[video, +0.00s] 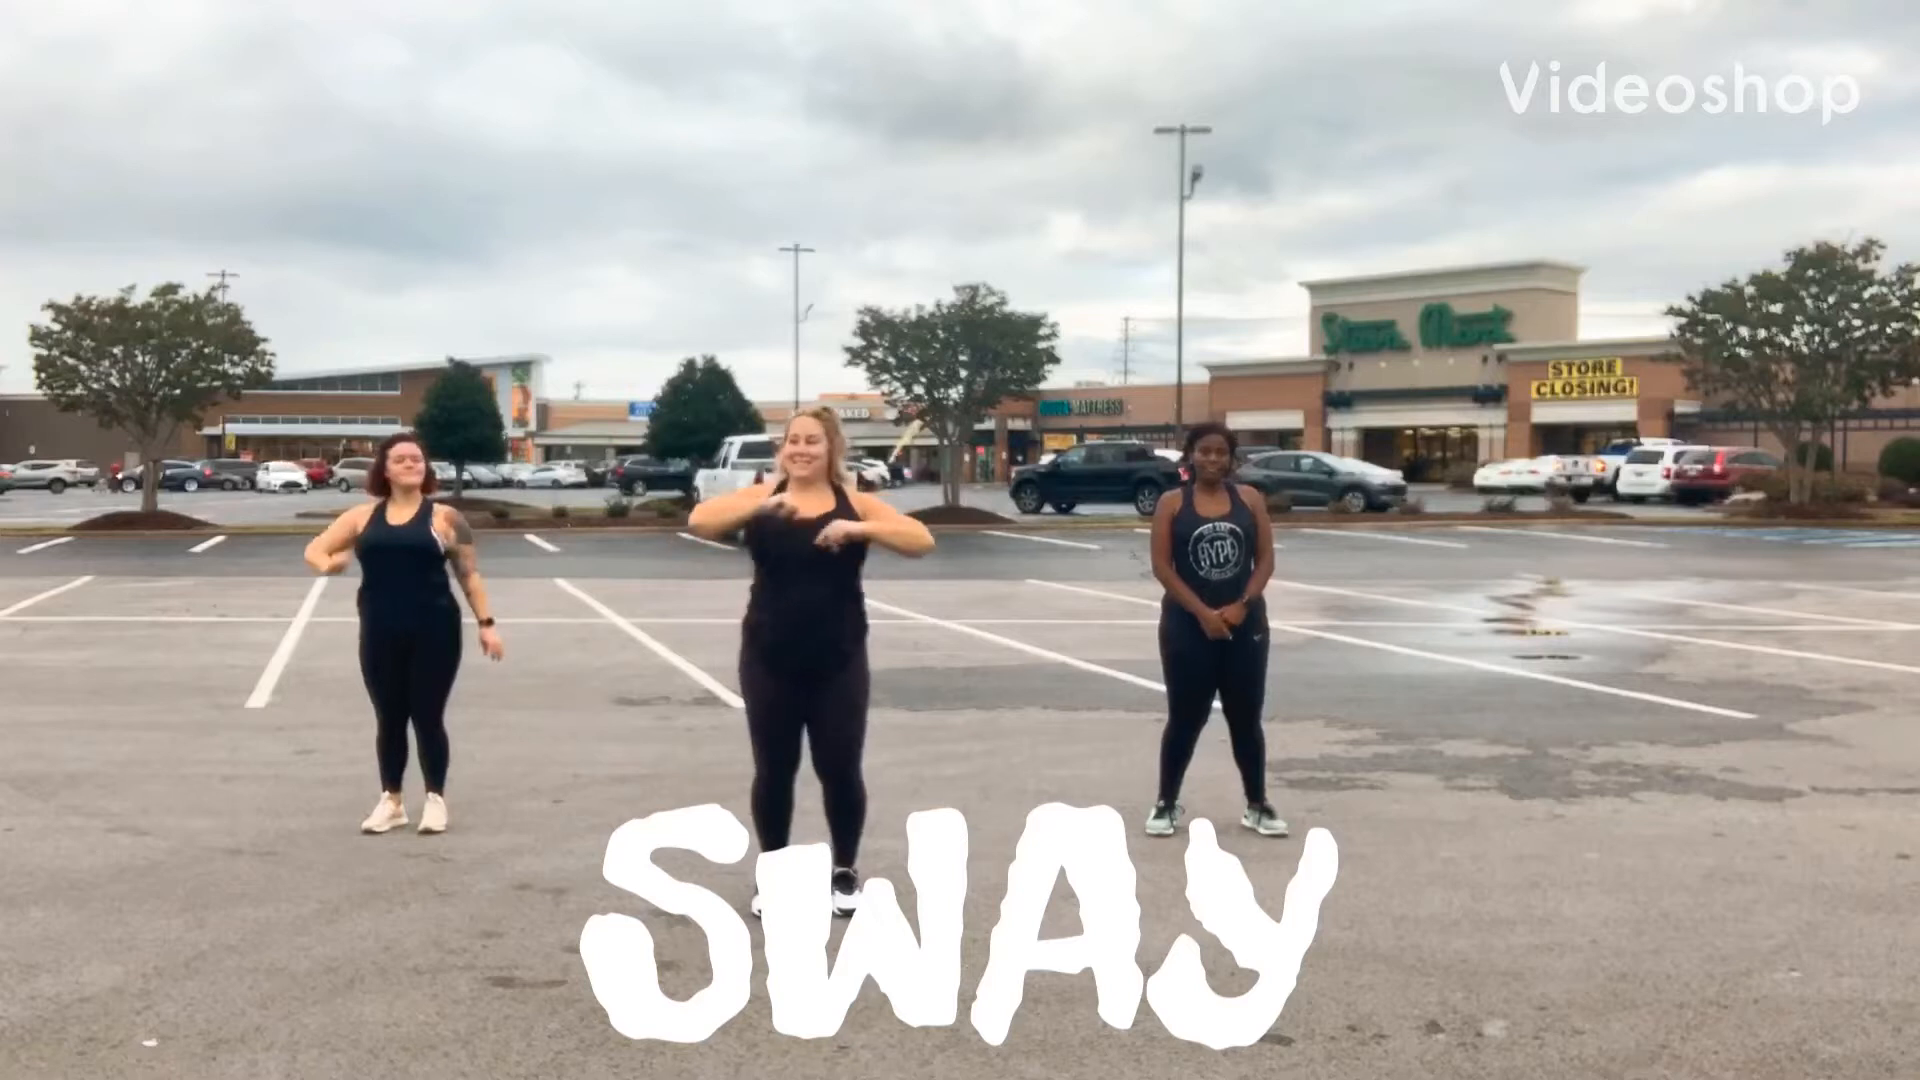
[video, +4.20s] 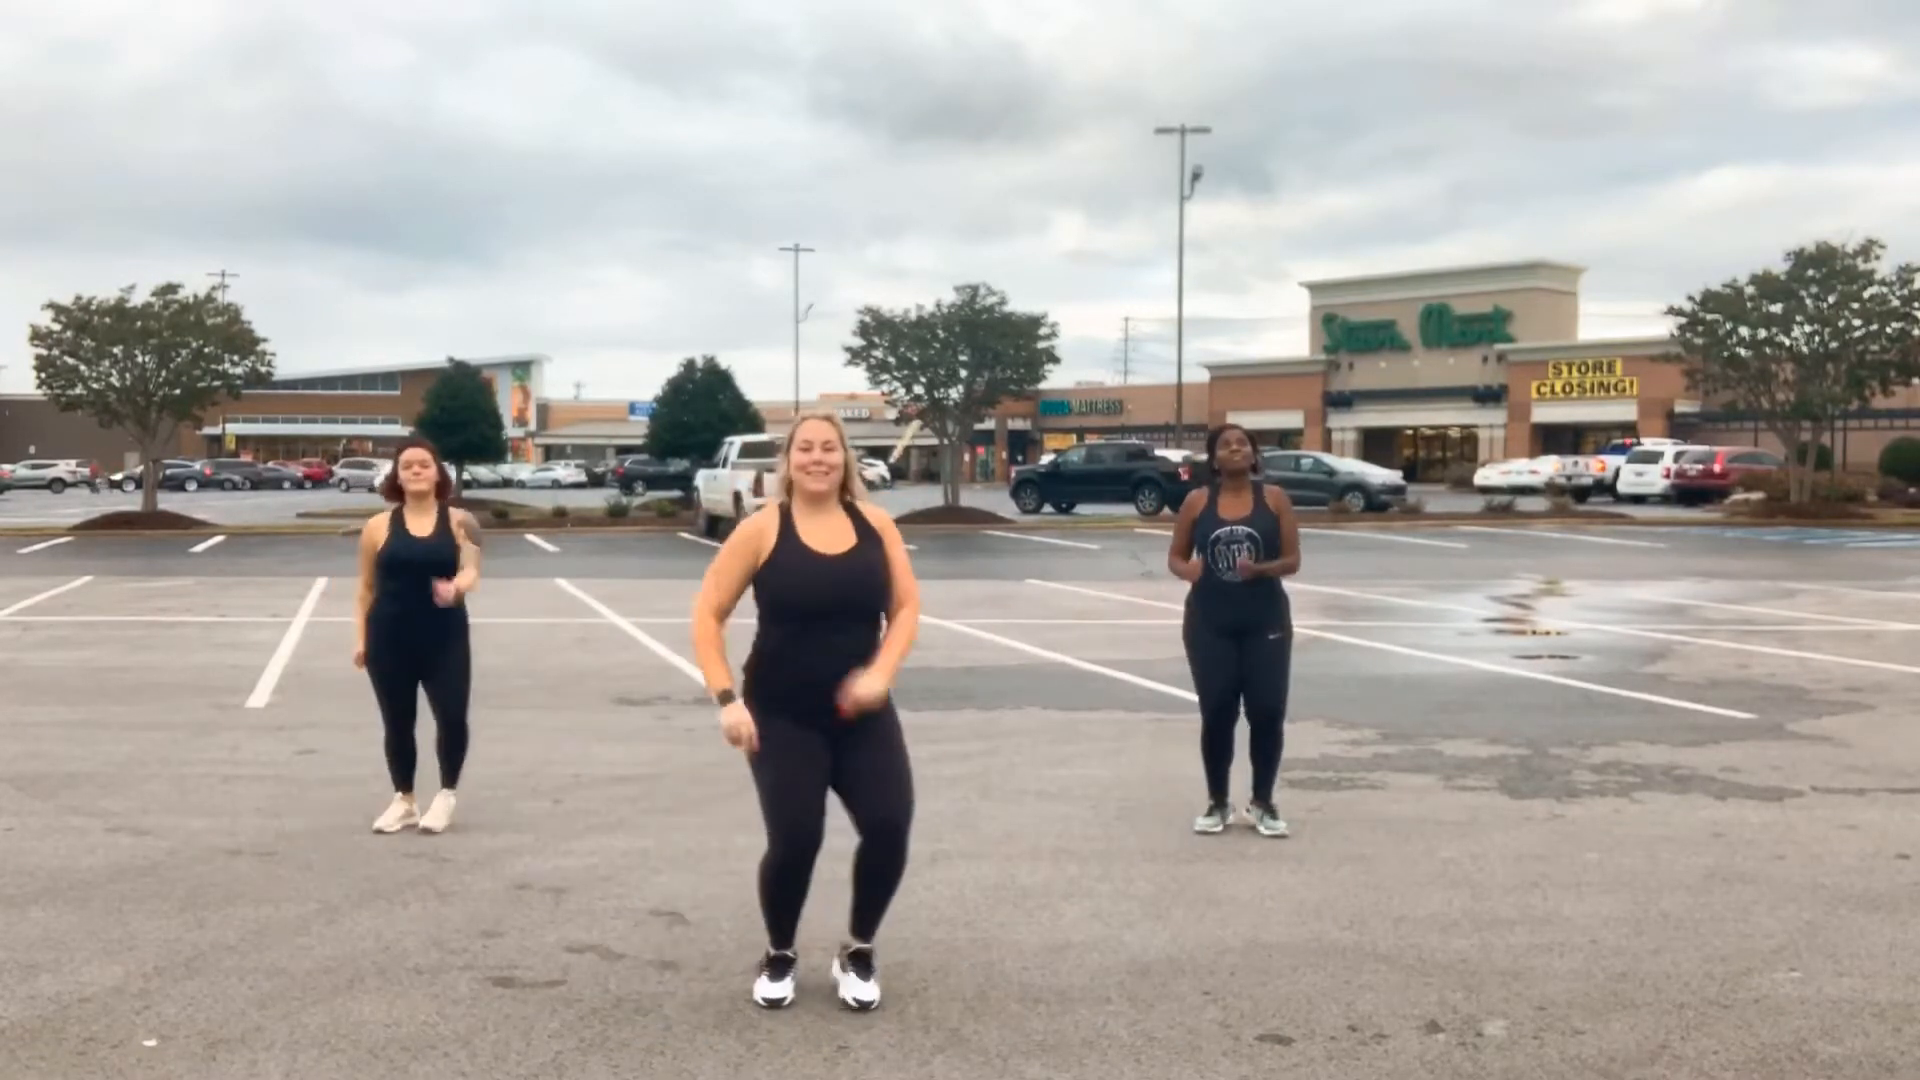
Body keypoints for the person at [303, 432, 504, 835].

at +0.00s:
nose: (410, 465)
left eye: (415, 459)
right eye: (400, 460)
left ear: (426, 467)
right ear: (385, 470)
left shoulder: (444, 518)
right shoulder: (362, 516)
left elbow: (468, 574)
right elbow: (315, 551)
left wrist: (486, 624)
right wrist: (328, 563)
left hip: (435, 632)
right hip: (380, 632)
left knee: (427, 715)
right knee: (390, 717)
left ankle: (434, 799)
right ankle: (391, 799)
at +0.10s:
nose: (407, 466)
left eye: (414, 460)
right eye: (397, 461)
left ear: (424, 469)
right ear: (383, 472)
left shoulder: (444, 519)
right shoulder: (363, 518)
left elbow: (464, 575)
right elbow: (328, 566)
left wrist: (480, 625)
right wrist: (324, 594)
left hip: (434, 634)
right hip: (379, 634)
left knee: (425, 717)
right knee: (390, 718)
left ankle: (434, 799)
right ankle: (391, 800)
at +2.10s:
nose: (404, 475)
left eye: (410, 467)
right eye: (395, 470)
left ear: (425, 473)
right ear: (384, 480)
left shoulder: (451, 518)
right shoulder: (370, 527)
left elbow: (471, 569)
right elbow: (359, 590)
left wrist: (481, 600)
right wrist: (347, 640)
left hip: (436, 636)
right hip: (381, 638)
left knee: (424, 718)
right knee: (388, 720)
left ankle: (434, 799)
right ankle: (391, 799)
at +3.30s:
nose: (399, 471)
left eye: (407, 464)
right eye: (391, 465)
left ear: (422, 471)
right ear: (380, 475)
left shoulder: (445, 519)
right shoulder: (362, 524)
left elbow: (483, 567)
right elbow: (349, 576)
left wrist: (472, 618)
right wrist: (341, 597)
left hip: (427, 638)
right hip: (372, 635)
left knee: (423, 721)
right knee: (340, 714)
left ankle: (434, 799)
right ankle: (334, 790)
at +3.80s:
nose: (407, 472)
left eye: (415, 466)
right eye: (399, 467)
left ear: (428, 474)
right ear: (387, 476)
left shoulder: (449, 523)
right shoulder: (369, 522)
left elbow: (473, 578)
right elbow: (345, 578)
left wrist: (453, 588)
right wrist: (314, 595)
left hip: (437, 640)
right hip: (384, 637)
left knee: (424, 722)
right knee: (344, 710)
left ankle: (434, 799)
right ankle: (336, 792)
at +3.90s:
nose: (409, 466)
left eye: (417, 459)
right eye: (401, 461)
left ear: (432, 467)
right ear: (391, 470)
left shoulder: (452, 514)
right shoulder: (373, 518)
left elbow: (486, 561)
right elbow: (351, 568)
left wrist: (452, 550)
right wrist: (332, 599)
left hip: (439, 633)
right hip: (385, 631)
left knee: (427, 717)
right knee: (365, 712)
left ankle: (434, 798)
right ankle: (377, 789)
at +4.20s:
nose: (416, 471)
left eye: (424, 465)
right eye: (408, 466)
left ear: (438, 473)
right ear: (397, 476)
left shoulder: (459, 523)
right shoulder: (377, 527)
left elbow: (470, 571)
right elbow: (366, 588)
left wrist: (456, 586)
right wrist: (362, 640)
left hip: (445, 638)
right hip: (388, 638)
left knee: (452, 719)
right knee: (397, 724)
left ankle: (447, 794)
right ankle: (404, 799)